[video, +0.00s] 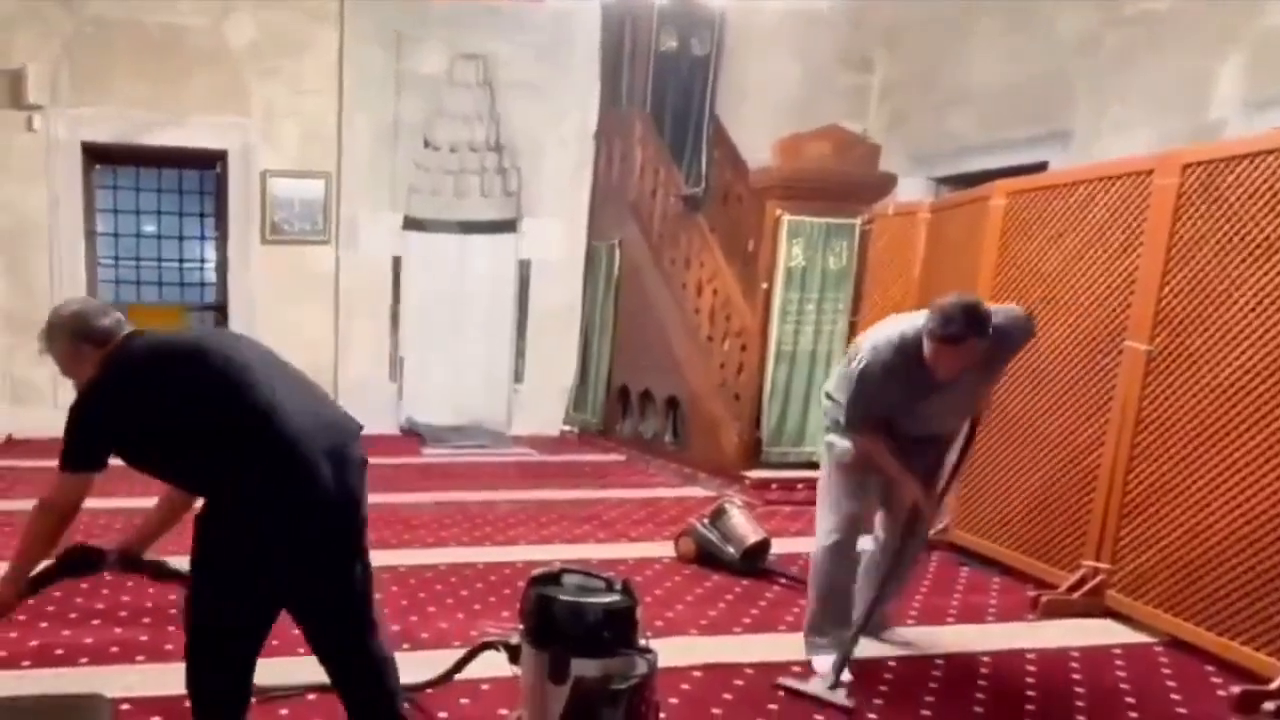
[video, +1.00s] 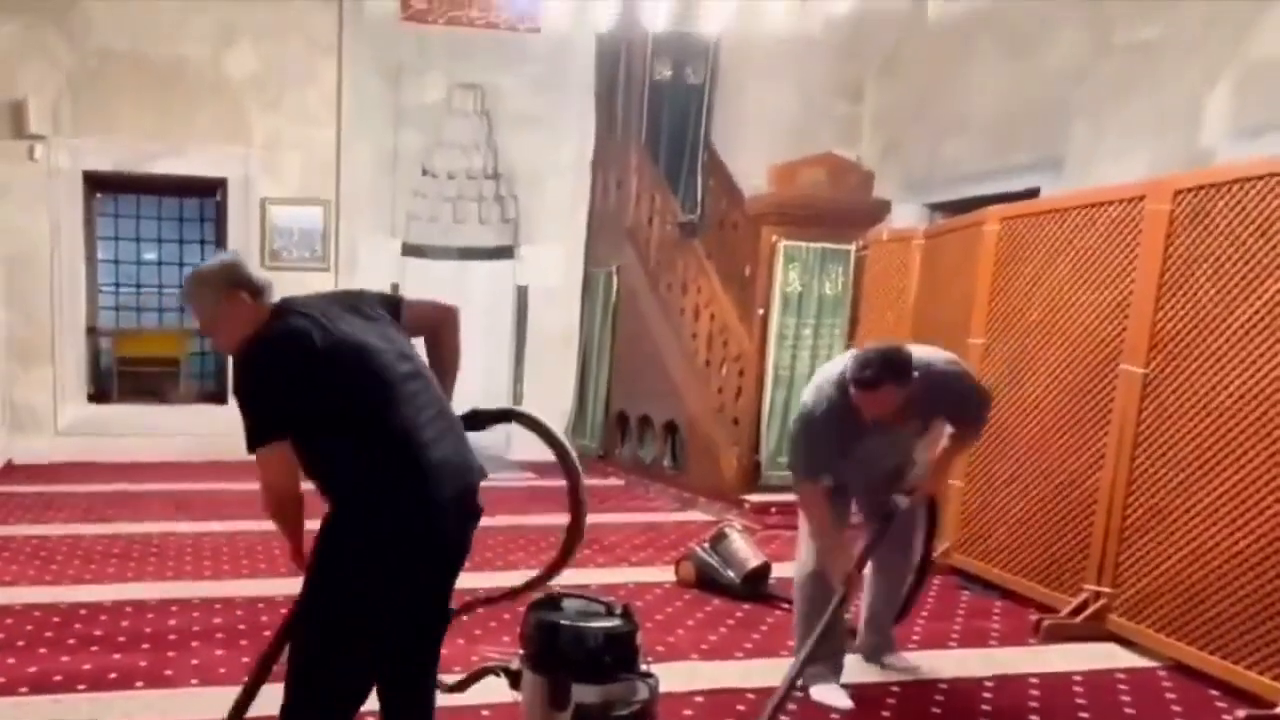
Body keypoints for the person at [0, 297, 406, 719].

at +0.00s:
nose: (70, 382)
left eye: (66, 368)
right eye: (63, 371)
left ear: (82, 351)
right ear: (122, 333)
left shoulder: (102, 393)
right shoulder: (190, 355)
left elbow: (61, 503)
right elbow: (189, 482)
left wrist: (14, 579)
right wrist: (133, 546)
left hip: (256, 492)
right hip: (338, 459)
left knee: (218, 657)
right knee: (351, 640)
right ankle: (385, 710)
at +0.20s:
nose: (116, 366)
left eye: (112, 348)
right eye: (110, 352)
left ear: (132, 328)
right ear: (166, 314)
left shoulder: (148, 381)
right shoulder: (232, 332)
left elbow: (116, 496)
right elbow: (276, 430)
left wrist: (78, 574)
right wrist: (213, 510)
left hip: (290, 499)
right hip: (371, 469)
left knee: (238, 664)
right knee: (356, 645)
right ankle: (390, 710)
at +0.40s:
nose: (171, 338)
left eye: (170, 325)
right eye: (166, 327)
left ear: (189, 311)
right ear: (220, 298)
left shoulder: (205, 367)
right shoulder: (287, 319)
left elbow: (188, 484)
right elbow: (345, 417)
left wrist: (163, 564)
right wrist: (281, 494)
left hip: (339, 498)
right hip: (417, 475)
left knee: (273, 663)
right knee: (380, 644)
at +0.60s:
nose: (209, 335)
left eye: (206, 321)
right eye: (203, 323)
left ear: (221, 306)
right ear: (259, 288)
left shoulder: (245, 357)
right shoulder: (340, 304)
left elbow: (252, 468)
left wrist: (258, 541)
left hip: (363, 505)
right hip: (443, 492)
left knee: (295, 667)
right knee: (400, 666)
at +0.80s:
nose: (212, 326)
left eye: (211, 312)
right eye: (207, 315)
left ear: (239, 294)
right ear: (268, 285)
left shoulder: (255, 351)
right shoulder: (352, 296)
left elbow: (290, 469)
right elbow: (452, 318)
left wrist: (334, 511)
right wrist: (447, 417)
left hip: (376, 497)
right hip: (453, 479)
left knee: (312, 671)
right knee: (409, 661)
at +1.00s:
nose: (208, 338)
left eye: (207, 322)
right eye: (201, 326)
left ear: (241, 301)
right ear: (251, 298)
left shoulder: (257, 359)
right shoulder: (343, 304)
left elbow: (282, 489)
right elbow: (442, 318)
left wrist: (297, 545)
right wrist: (435, 412)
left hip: (381, 509)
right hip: (455, 489)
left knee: (321, 671)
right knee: (409, 665)